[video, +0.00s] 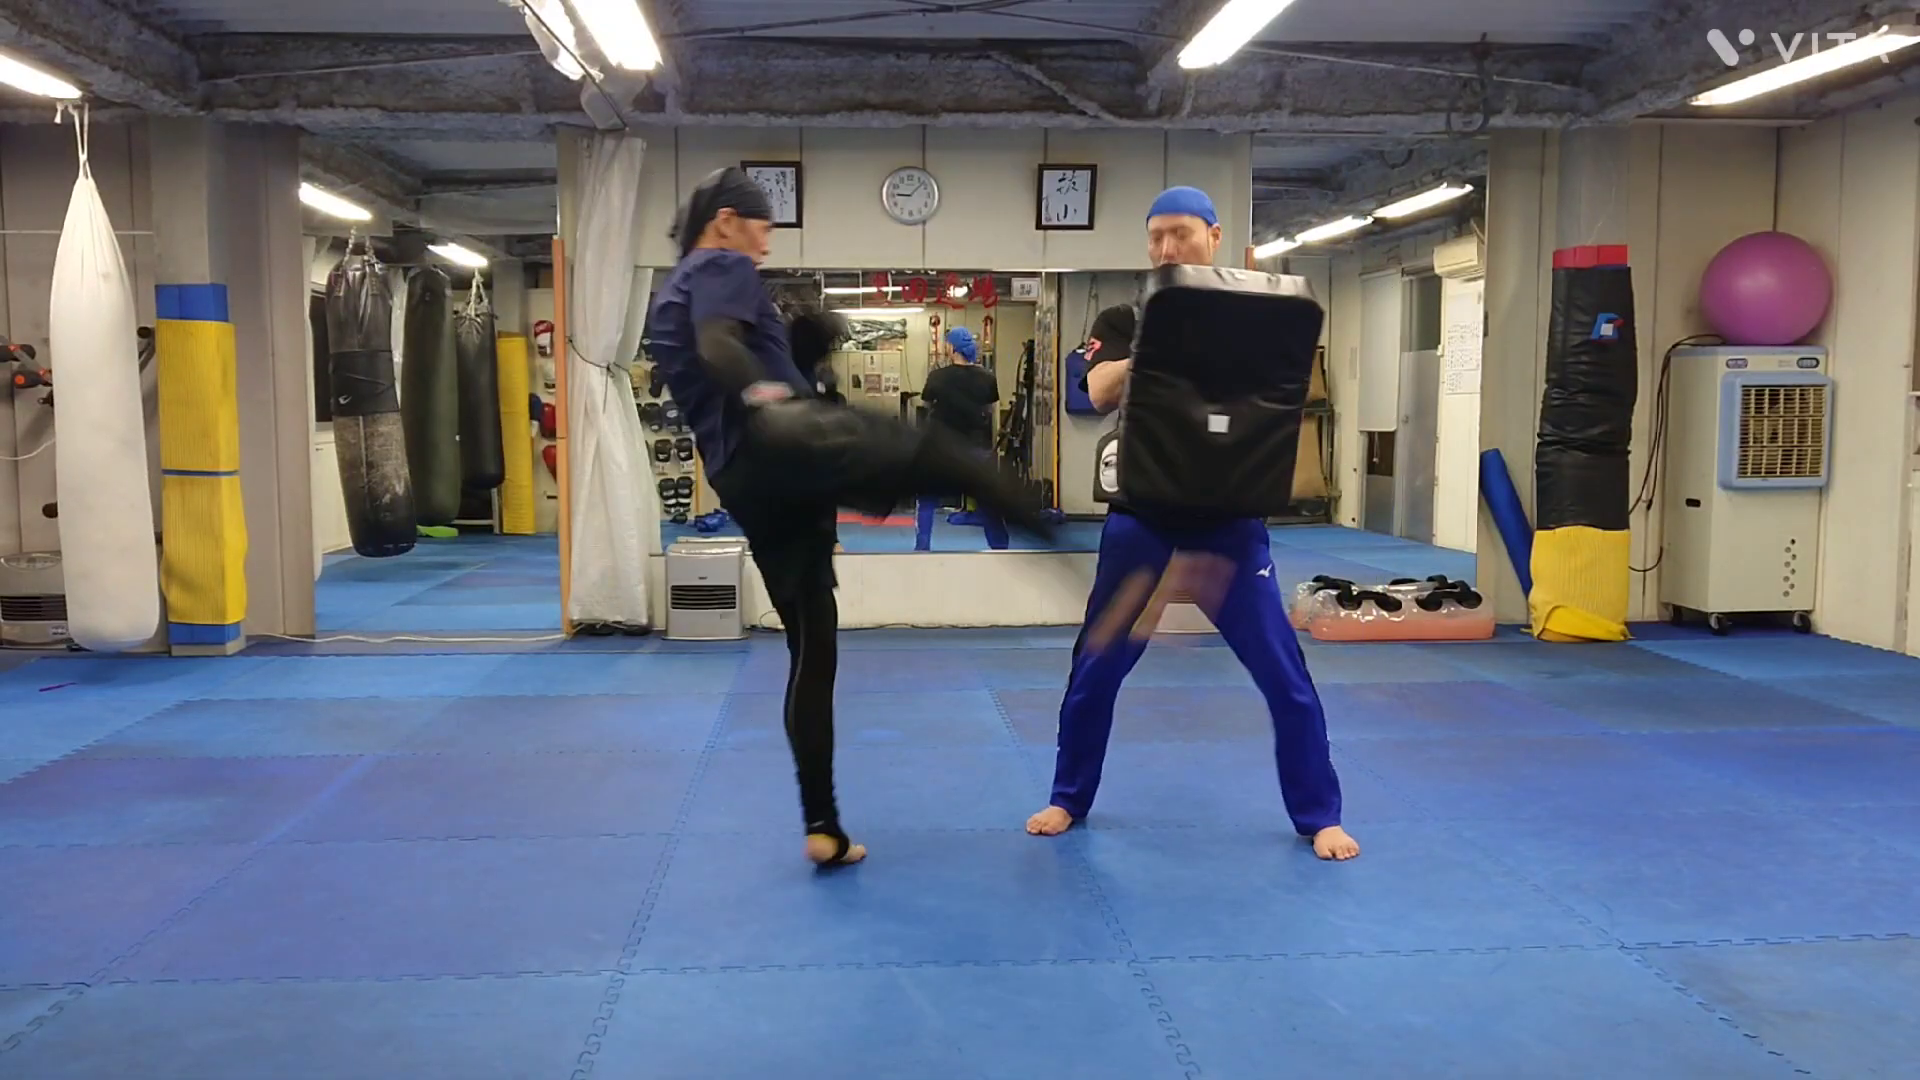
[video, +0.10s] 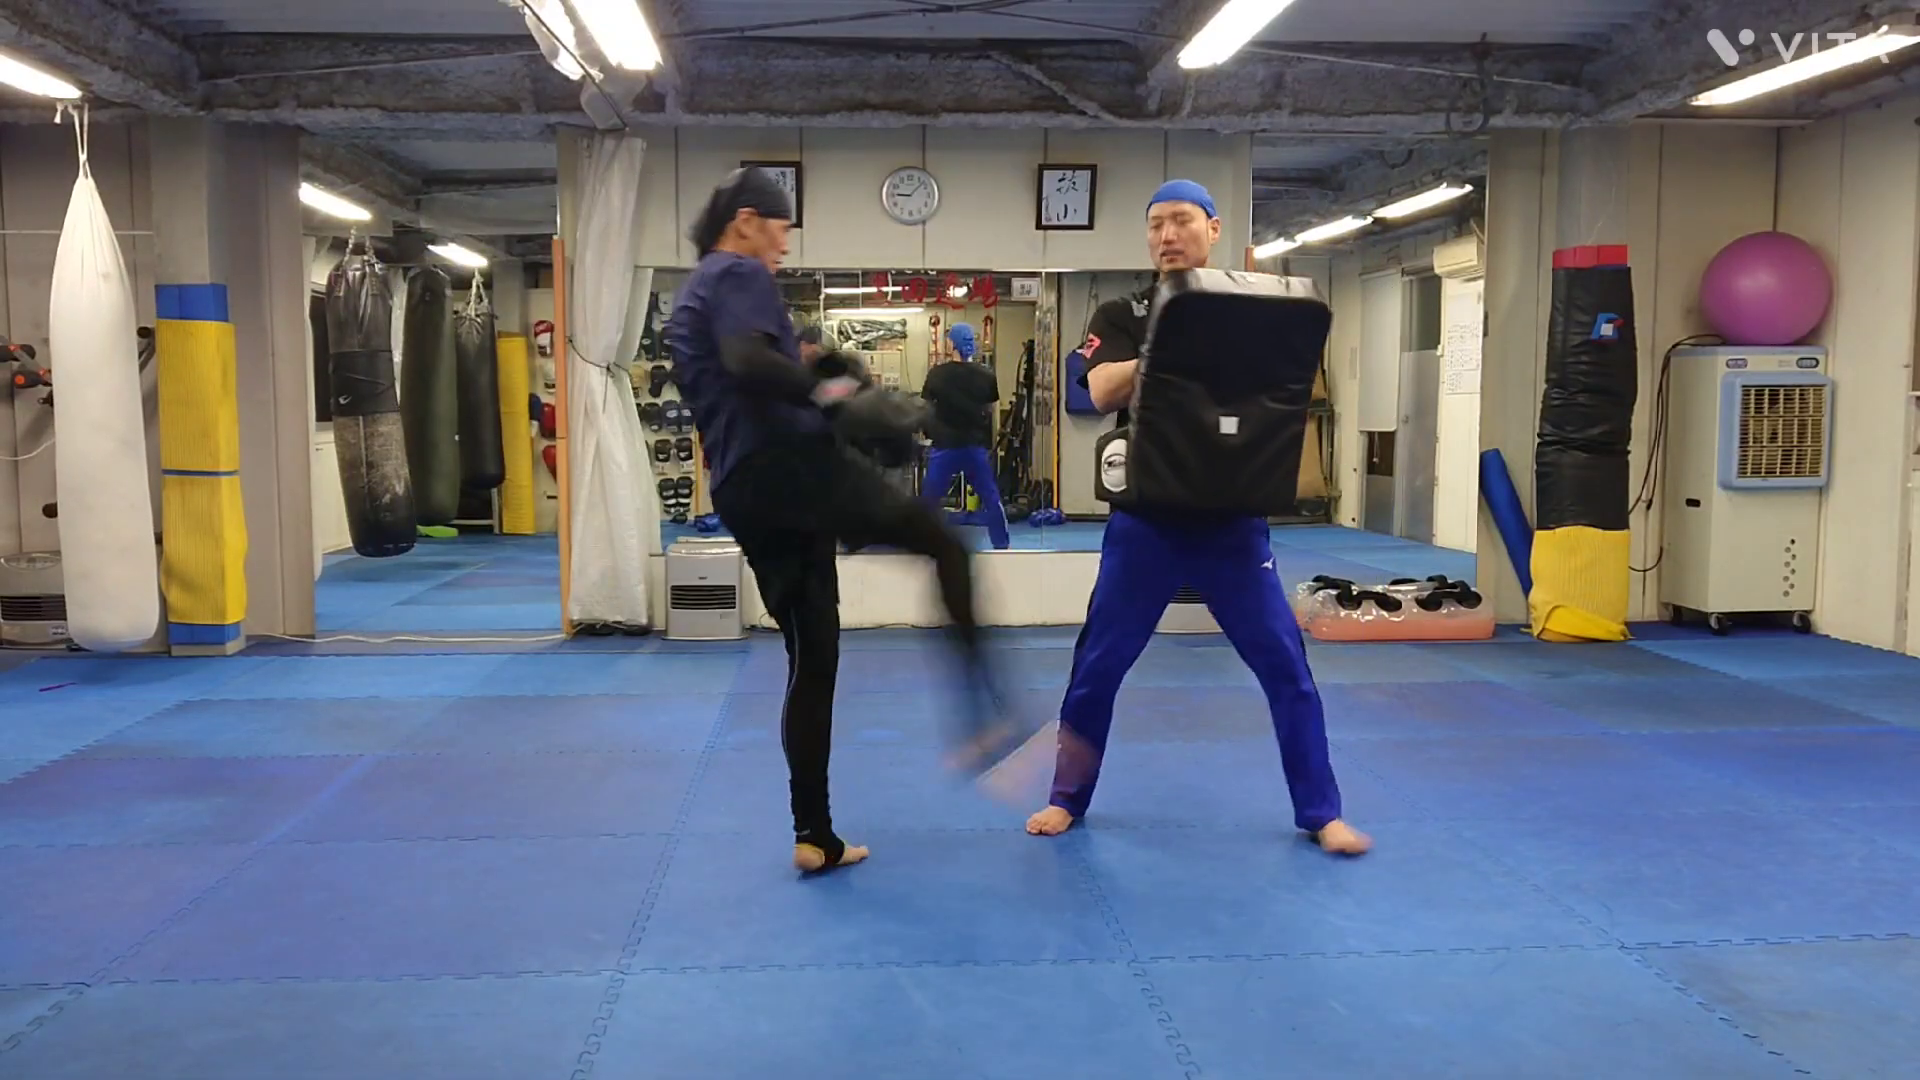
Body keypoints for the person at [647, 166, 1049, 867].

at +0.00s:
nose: (767, 249)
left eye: (768, 237)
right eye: (761, 235)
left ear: (711, 231)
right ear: (726, 223)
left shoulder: (673, 294)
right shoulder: (722, 264)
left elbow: (757, 374)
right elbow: (717, 338)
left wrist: (802, 350)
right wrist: (761, 386)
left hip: (749, 487)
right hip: (778, 440)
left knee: (813, 650)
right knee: (929, 448)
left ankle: (822, 828)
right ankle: (1031, 508)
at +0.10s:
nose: (784, 247)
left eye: (786, 234)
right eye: (780, 233)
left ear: (734, 229)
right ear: (744, 222)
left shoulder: (696, 293)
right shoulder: (741, 273)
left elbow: (725, 387)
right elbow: (746, 357)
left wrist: (803, 362)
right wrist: (819, 387)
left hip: (749, 491)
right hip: (792, 471)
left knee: (813, 657)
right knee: (945, 545)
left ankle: (813, 836)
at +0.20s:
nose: (819, 242)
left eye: (821, 229)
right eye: (814, 226)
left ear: (769, 220)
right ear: (776, 216)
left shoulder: (745, 282)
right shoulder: (758, 273)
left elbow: (794, 406)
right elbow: (781, 362)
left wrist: (861, 389)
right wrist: (891, 365)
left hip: (756, 489)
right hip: (769, 487)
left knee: (820, 654)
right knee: (852, 637)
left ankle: (807, 826)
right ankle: (806, 836)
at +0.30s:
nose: (852, 232)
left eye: (853, 219)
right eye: (845, 216)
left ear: (808, 214)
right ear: (807, 209)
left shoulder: (794, 286)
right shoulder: (765, 266)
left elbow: (808, 401)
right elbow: (777, 355)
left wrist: (887, 373)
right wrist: (874, 343)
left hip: (782, 493)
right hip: (745, 489)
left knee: (818, 649)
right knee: (770, 655)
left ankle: (803, 831)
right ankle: (704, 853)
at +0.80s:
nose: (882, 251)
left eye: (884, 237)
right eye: (881, 234)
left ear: (844, 223)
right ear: (852, 222)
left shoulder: (824, 297)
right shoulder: (795, 289)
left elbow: (819, 426)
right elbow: (852, 381)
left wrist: (883, 487)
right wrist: (933, 351)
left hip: (822, 517)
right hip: (774, 517)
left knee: (872, 634)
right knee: (748, 682)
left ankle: (909, 795)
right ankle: (699, 865)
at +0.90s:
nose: (885, 244)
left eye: (883, 233)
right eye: (880, 232)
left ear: (832, 233)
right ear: (853, 229)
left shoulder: (791, 308)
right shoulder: (853, 292)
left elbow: (763, 419)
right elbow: (952, 336)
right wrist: (945, 284)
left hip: (822, 511)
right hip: (831, 514)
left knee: (909, 633)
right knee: (793, 680)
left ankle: (943, 803)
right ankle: (705, 857)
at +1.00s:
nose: (872, 246)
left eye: (868, 235)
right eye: (867, 235)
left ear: (816, 243)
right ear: (842, 236)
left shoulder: (778, 324)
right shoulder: (879, 282)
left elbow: (724, 415)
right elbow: (980, 308)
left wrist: (690, 492)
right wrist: (949, 277)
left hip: (852, 503)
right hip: (905, 485)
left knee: (925, 649)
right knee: (933, 648)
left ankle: (944, 806)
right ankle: (803, 767)